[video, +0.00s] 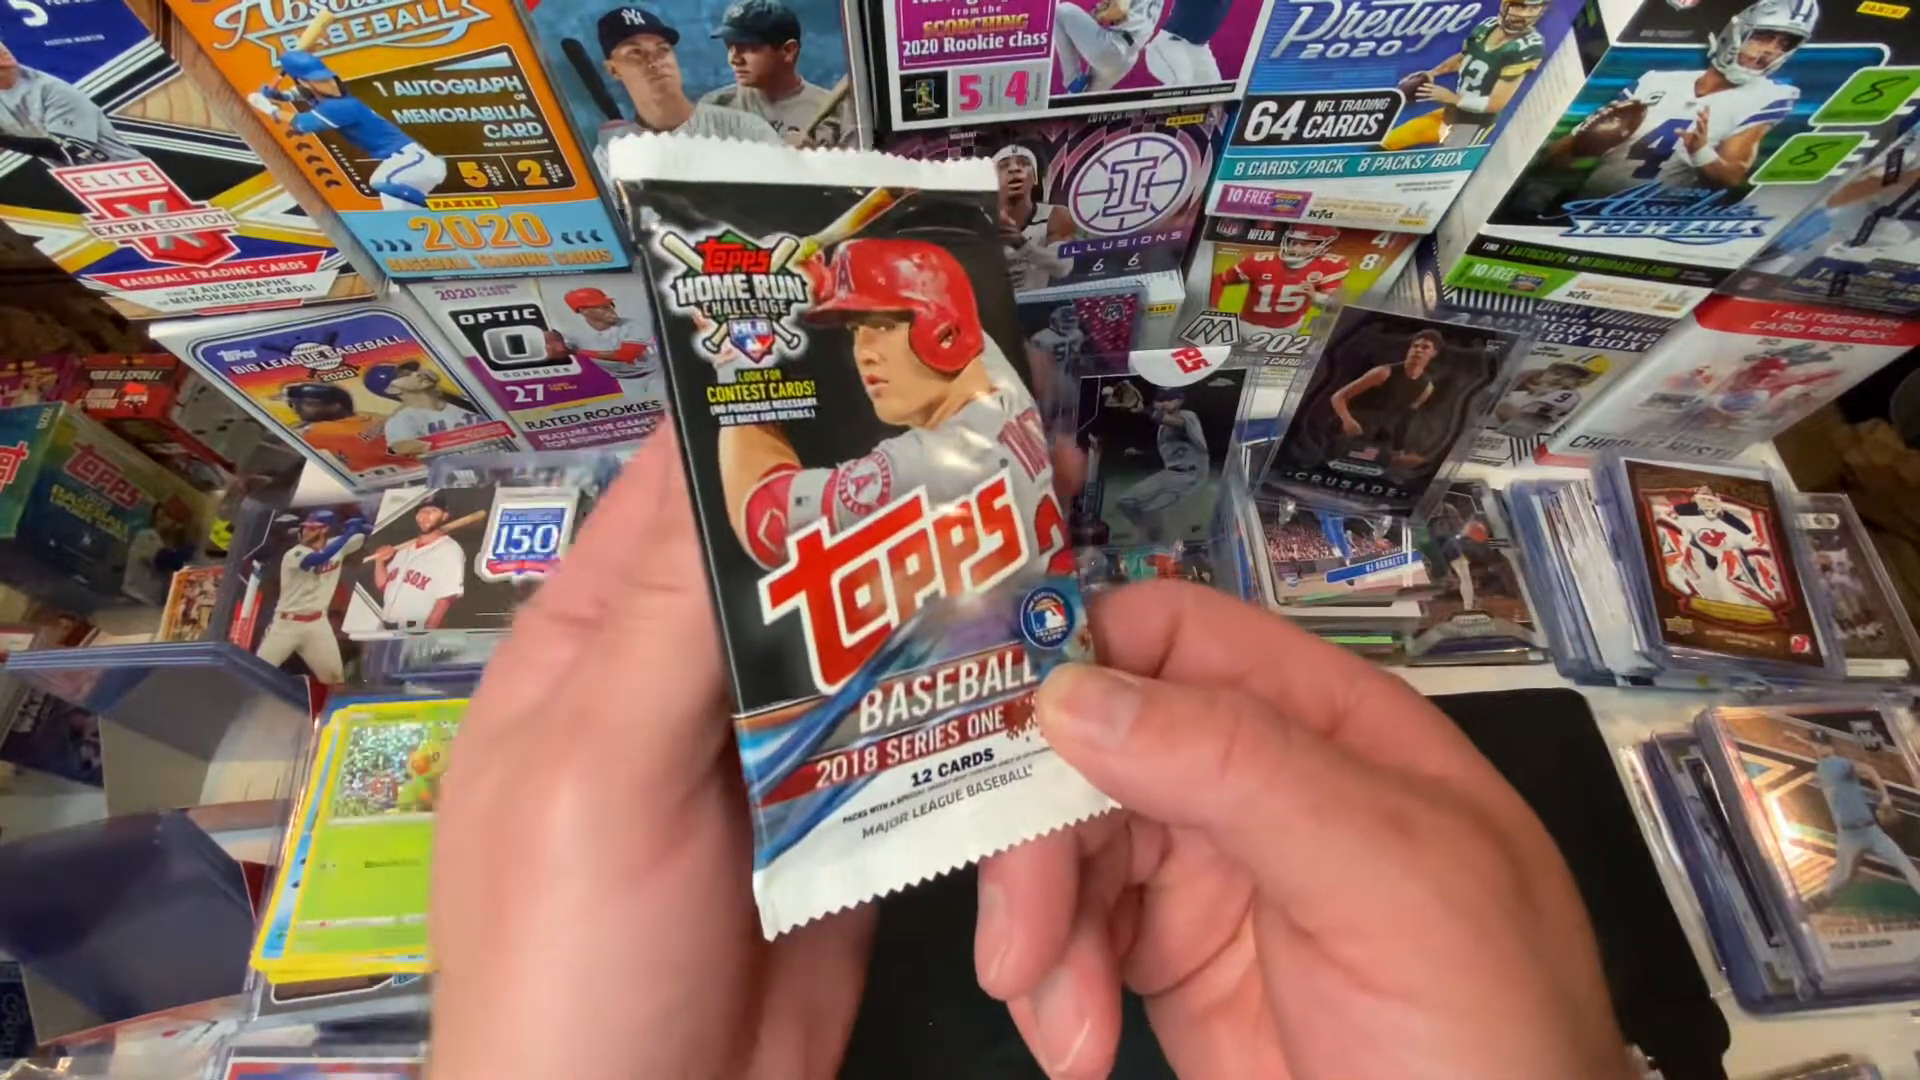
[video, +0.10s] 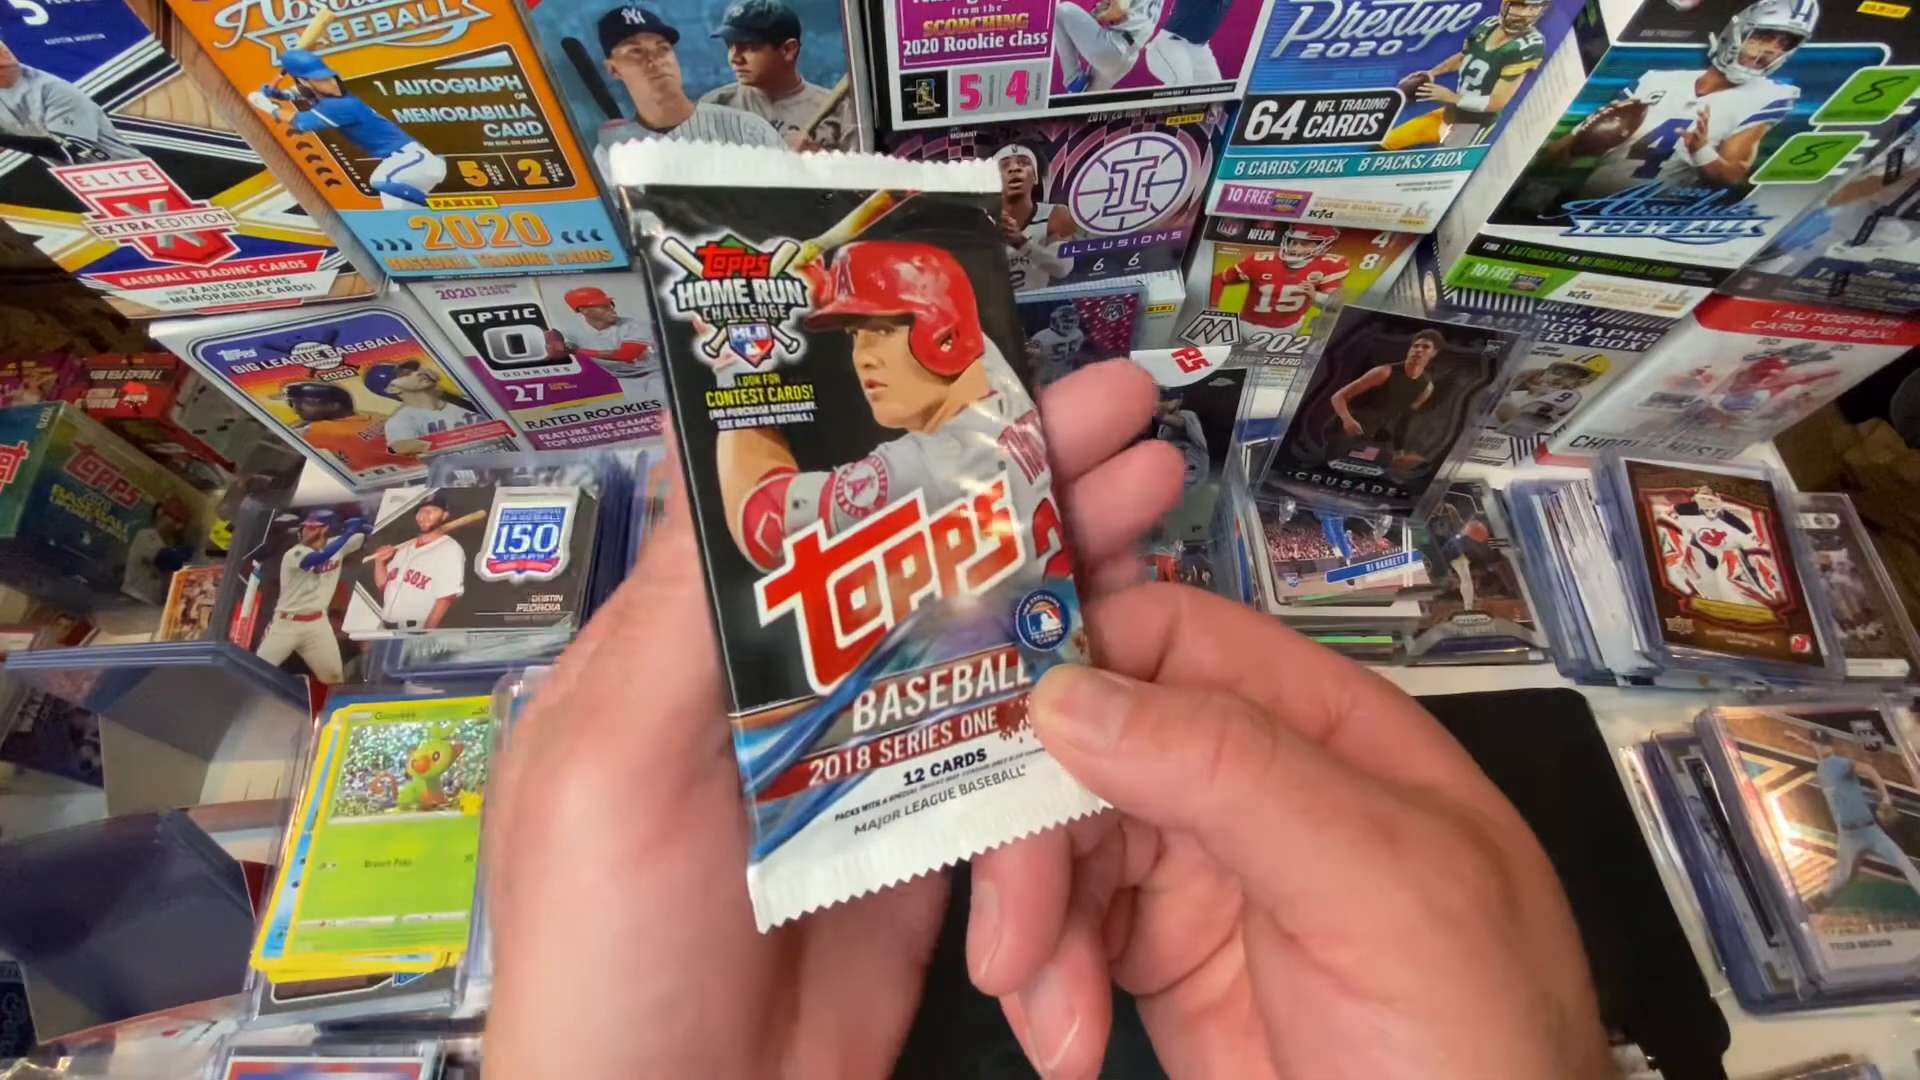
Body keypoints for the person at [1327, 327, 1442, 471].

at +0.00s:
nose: (1418, 351)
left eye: (1425, 347)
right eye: (1415, 346)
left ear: (1433, 354)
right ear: (1409, 349)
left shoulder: (1426, 389)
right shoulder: (1383, 373)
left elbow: (1404, 417)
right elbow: (1338, 397)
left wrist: (1399, 452)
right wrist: (1347, 421)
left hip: (1384, 441)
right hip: (1357, 436)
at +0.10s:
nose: (1418, 350)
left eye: (1425, 347)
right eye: (1415, 346)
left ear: (1434, 354)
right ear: (1410, 349)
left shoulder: (1426, 389)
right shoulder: (1383, 373)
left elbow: (1404, 418)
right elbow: (1338, 397)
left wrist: (1399, 453)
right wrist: (1347, 419)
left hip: (1379, 436)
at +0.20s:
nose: (1418, 350)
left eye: (1425, 347)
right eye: (1416, 346)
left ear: (1434, 354)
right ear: (1410, 349)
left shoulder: (1426, 389)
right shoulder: (1384, 373)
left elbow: (1404, 418)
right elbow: (1338, 397)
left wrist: (1399, 453)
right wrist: (1347, 420)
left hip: (1379, 436)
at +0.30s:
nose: (1418, 350)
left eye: (1425, 347)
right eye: (1416, 346)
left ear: (1434, 354)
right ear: (1410, 349)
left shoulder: (1426, 389)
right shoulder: (1384, 373)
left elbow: (1404, 418)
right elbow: (1338, 397)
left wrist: (1399, 453)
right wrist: (1347, 420)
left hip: (1379, 436)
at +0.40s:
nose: (1418, 350)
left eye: (1425, 347)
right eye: (1416, 346)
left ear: (1434, 354)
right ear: (1410, 349)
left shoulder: (1426, 389)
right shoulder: (1384, 373)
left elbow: (1404, 418)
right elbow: (1338, 397)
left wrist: (1399, 453)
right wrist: (1347, 420)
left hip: (1379, 436)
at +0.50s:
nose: (1418, 350)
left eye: (1425, 347)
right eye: (1415, 346)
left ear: (1433, 354)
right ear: (1410, 349)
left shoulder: (1426, 389)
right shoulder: (1384, 373)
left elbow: (1404, 418)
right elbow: (1338, 397)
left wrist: (1399, 453)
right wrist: (1347, 420)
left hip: (1379, 436)